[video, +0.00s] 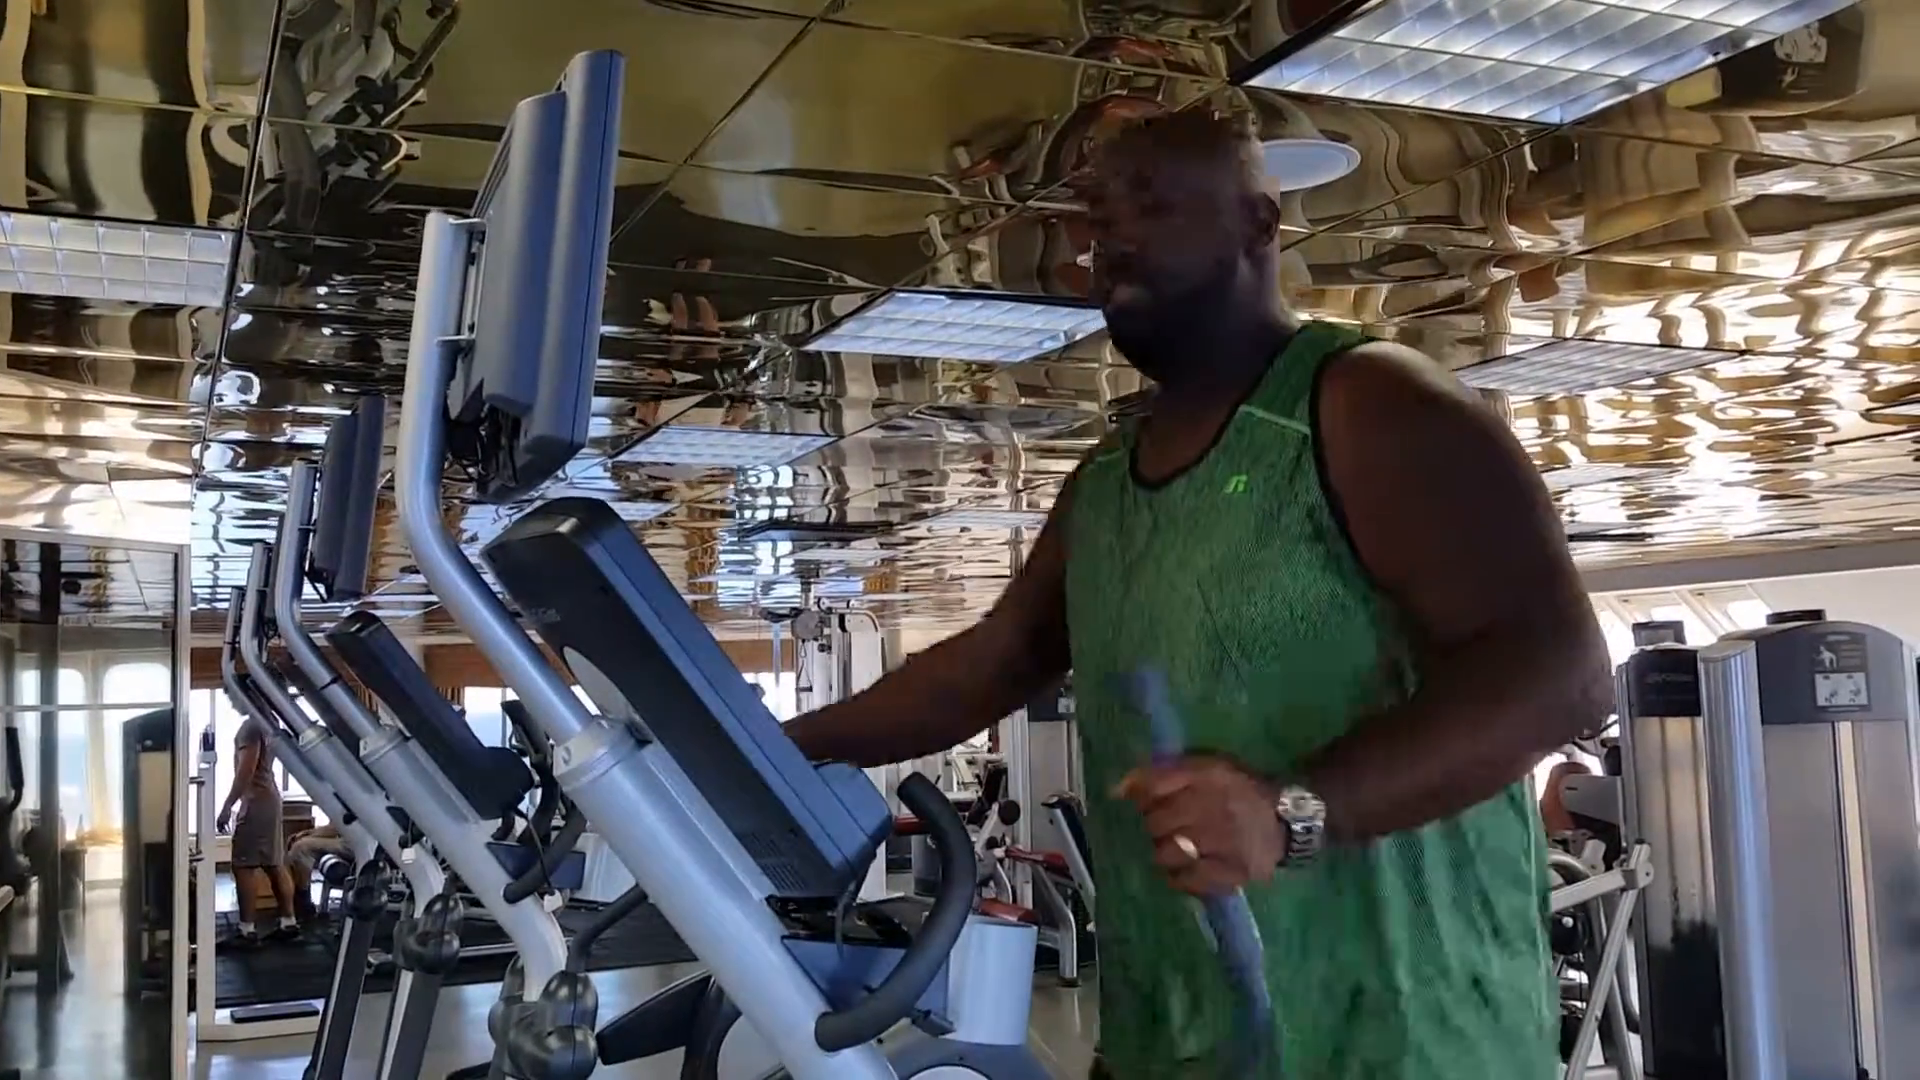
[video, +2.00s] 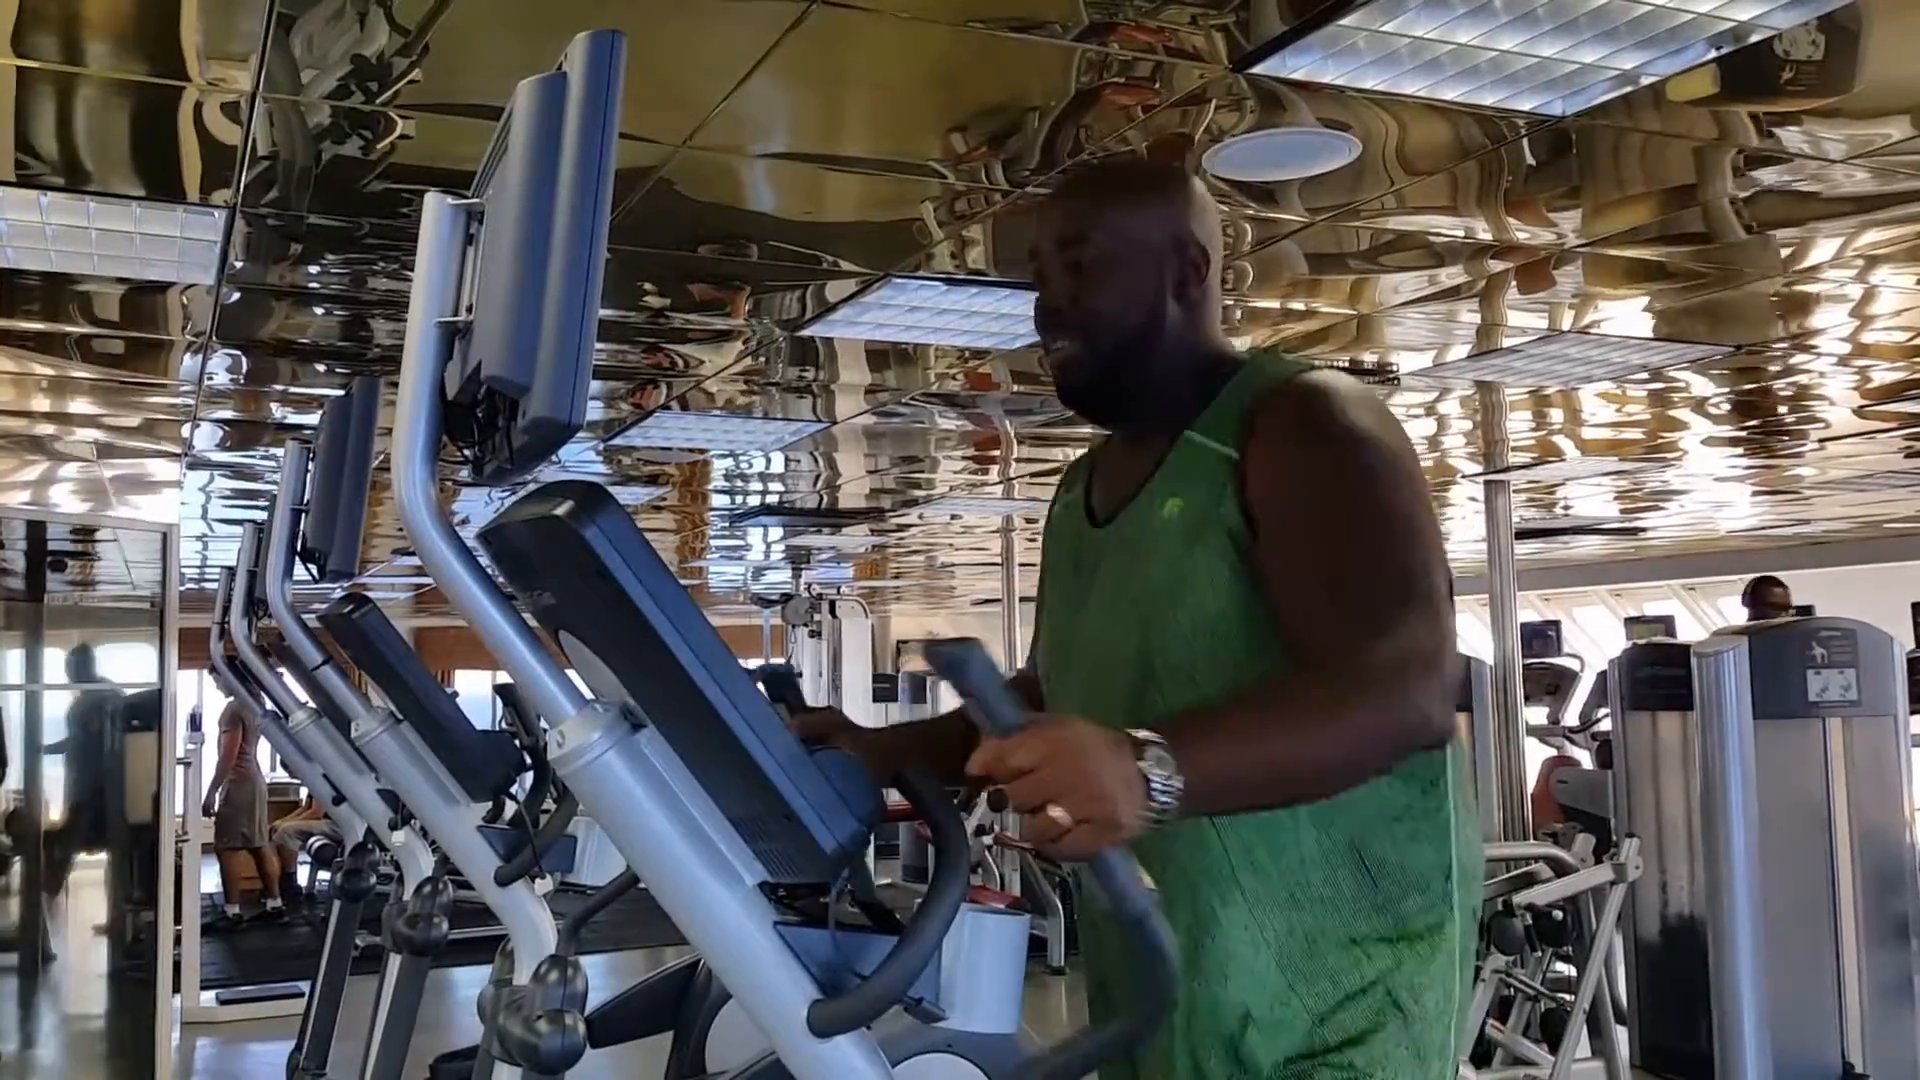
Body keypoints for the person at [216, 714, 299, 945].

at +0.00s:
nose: (228, 699)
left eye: (231, 691)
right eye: (227, 692)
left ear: (245, 694)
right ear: (253, 694)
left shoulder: (251, 726)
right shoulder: (266, 724)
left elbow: (245, 773)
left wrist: (226, 808)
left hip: (255, 801)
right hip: (271, 800)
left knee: (243, 865)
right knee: (274, 864)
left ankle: (247, 927)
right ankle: (289, 922)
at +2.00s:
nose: (214, 683)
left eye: (216, 677)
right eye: (213, 678)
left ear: (229, 676)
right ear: (236, 676)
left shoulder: (234, 709)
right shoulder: (254, 705)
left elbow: (228, 758)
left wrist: (211, 793)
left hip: (238, 783)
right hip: (256, 781)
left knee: (226, 847)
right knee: (260, 844)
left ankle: (232, 909)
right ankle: (275, 903)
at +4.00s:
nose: (208, 686)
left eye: (210, 680)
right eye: (207, 681)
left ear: (223, 679)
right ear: (229, 681)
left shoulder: (228, 712)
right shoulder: (244, 708)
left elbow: (223, 761)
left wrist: (207, 795)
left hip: (230, 787)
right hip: (247, 784)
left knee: (222, 851)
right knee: (254, 847)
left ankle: (228, 912)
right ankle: (270, 907)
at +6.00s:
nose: (211, 680)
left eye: (214, 671)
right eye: (210, 672)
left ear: (229, 675)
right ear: (236, 676)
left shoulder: (235, 708)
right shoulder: (250, 706)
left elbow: (231, 755)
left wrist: (218, 790)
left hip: (237, 783)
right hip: (253, 782)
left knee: (229, 849)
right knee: (259, 845)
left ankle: (232, 912)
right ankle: (274, 906)